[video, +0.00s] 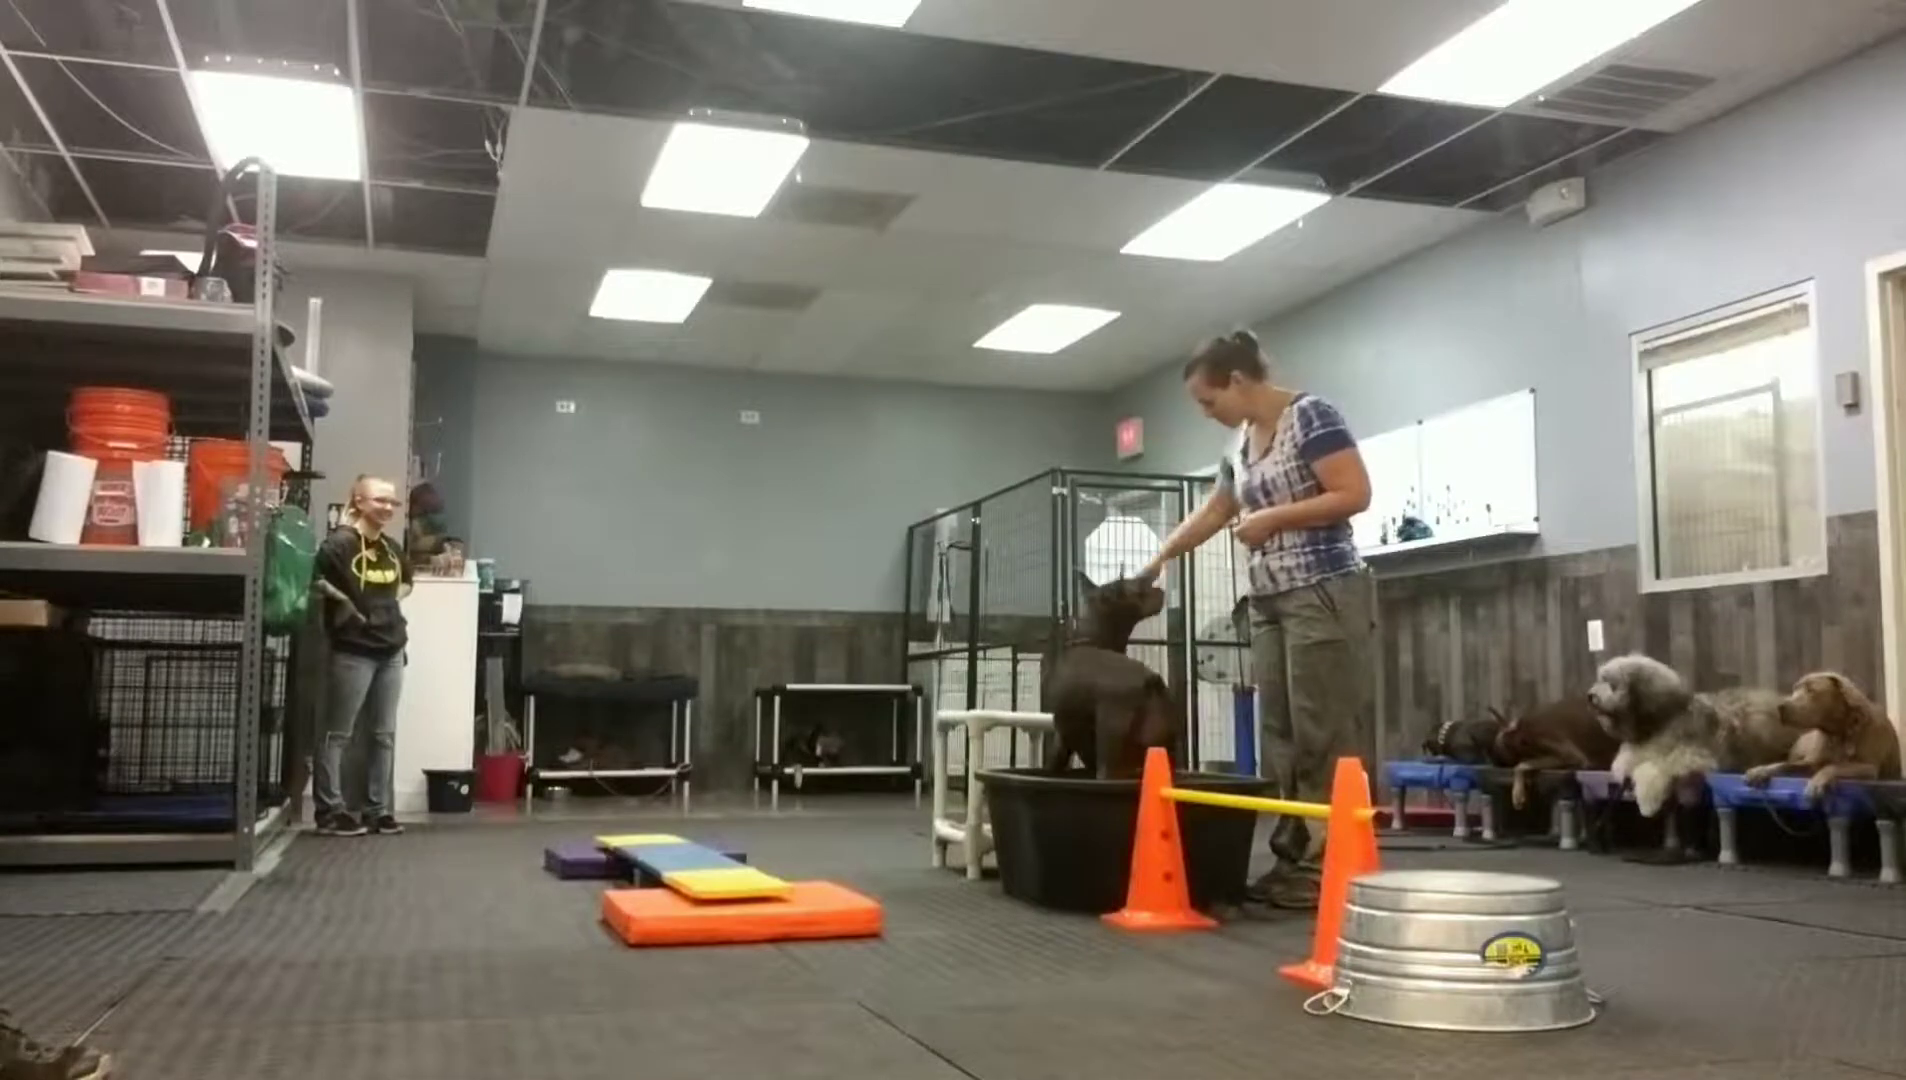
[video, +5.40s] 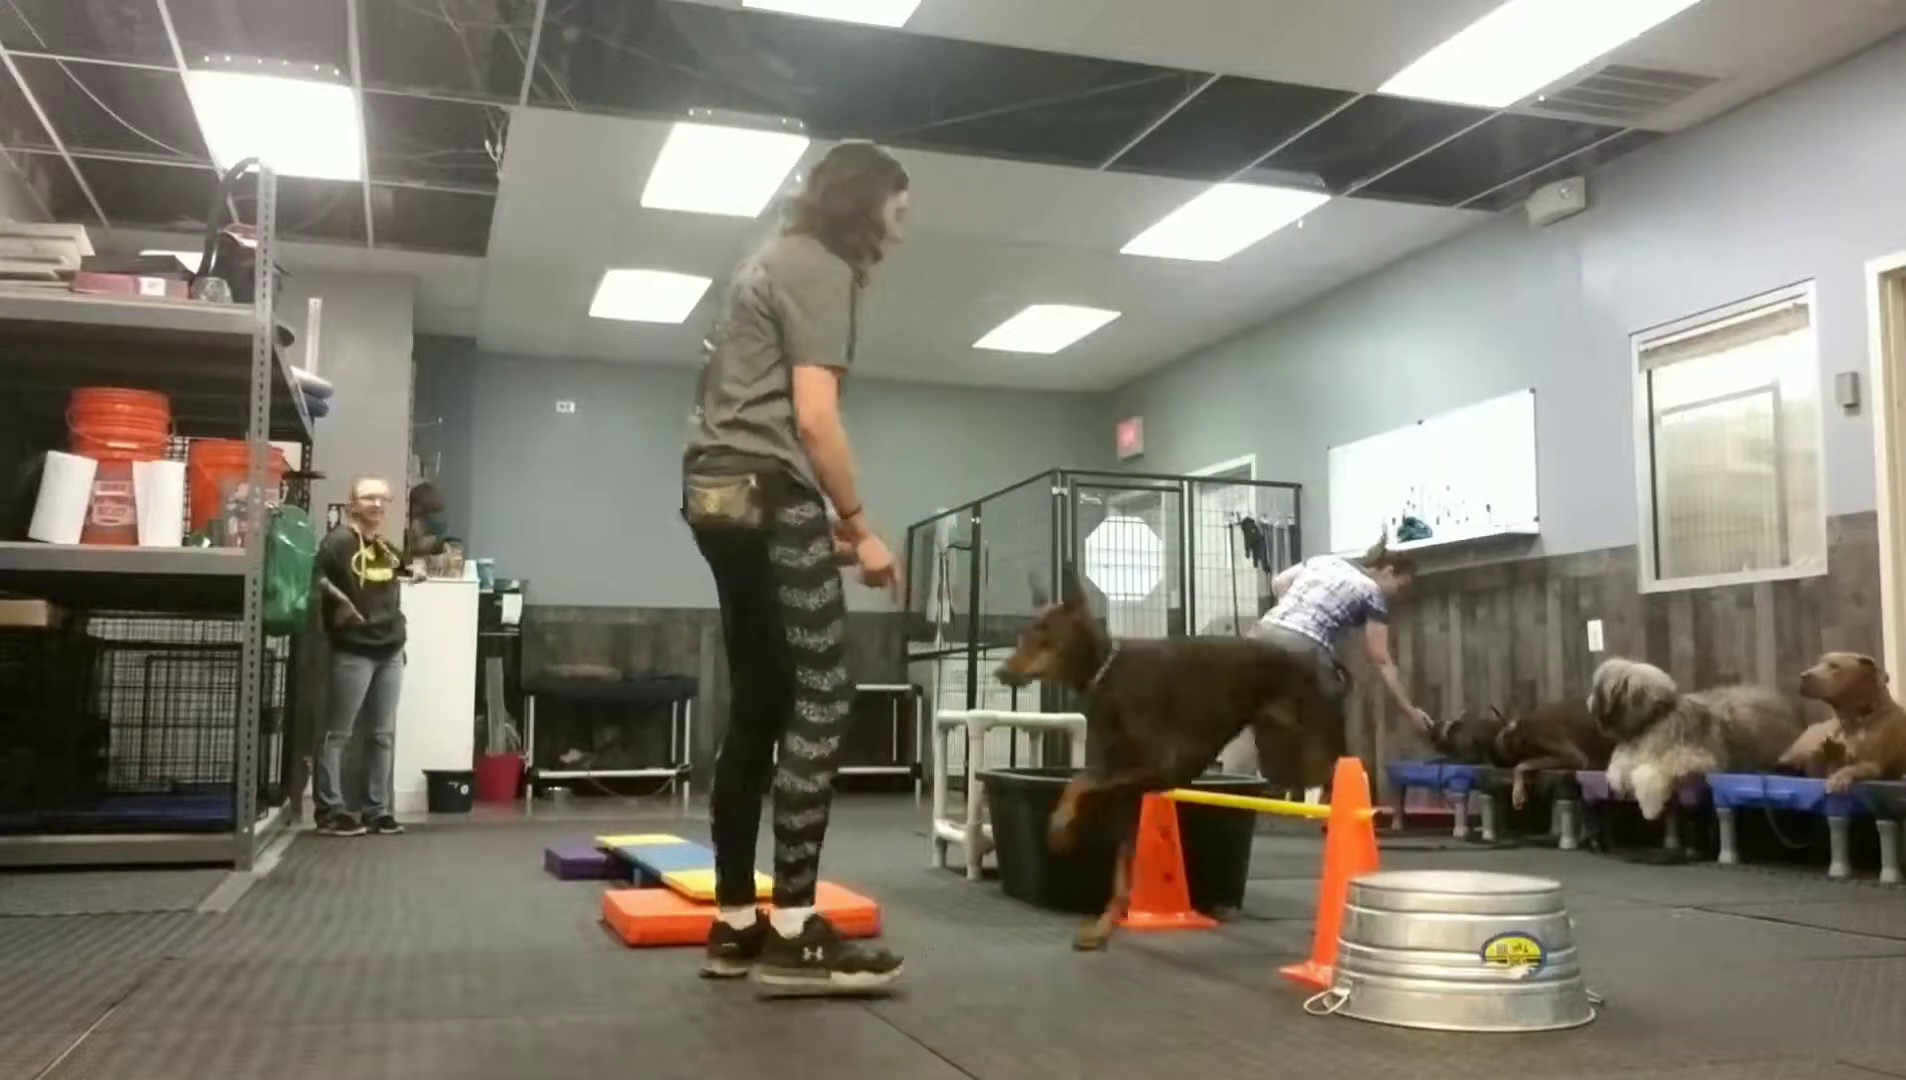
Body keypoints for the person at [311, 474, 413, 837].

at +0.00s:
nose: (388, 508)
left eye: (392, 502)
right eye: (380, 500)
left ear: (394, 507)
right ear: (358, 502)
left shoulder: (389, 546)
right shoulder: (339, 544)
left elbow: (406, 582)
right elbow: (322, 587)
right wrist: (352, 614)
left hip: (391, 650)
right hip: (353, 650)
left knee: (383, 735)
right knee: (338, 734)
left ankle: (377, 811)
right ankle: (330, 811)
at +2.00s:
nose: (389, 508)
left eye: (392, 502)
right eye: (381, 501)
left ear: (395, 506)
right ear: (359, 503)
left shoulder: (391, 546)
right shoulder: (339, 546)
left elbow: (403, 585)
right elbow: (316, 586)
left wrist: (395, 623)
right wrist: (346, 608)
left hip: (392, 650)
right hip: (355, 650)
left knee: (383, 734)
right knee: (339, 734)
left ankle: (378, 811)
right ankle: (330, 811)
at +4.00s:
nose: (392, 507)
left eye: (395, 502)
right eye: (385, 501)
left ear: (396, 506)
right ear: (365, 504)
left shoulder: (390, 546)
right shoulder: (356, 547)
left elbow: (394, 595)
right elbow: (357, 602)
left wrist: (395, 637)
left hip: (389, 647)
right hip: (364, 651)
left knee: (386, 731)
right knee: (368, 731)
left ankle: (384, 811)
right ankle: (369, 814)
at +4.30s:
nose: (385, 503)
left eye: (388, 497)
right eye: (376, 496)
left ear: (393, 503)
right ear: (356, 503)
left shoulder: (392, 548)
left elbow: (403, 595)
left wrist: (390, 622)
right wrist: (373, 627)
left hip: (389, 652)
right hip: (352, 651)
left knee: (382, 735)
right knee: (338, 733)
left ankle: (376, 808)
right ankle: (330, 809)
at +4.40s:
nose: (382, 505)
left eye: (385, 500)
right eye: (374, 499)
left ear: (388, 505)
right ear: (356, 503)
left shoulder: (386, 549)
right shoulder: (340, 541)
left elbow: (413, 582)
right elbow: (322, 580)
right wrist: (345, 604)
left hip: (389, 649)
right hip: (354, 648)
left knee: (382, 734)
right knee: (339, 733)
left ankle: (377, 809)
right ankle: (330, 810)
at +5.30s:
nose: (378, 512)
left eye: (384, 506)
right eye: (371, 505)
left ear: (389, 509)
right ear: (352, 507)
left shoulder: (388, 550)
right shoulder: (337, 543)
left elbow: (425, 563)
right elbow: (317, 579)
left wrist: (407, 538)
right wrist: (340, 600)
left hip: (390, 649)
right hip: (354, 648)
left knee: (383, 734)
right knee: (340, 734)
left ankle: (377, 810)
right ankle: (330, 810)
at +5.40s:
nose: (377, 505)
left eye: (382, 500)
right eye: (369, 499)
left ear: (389, 506)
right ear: (353, 504)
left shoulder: (387, 550)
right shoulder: (337, 545)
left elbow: (391, 597)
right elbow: (320, 591)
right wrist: (348, 618)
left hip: (390, 649)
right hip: (353, 649)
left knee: (382, 735)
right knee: (338, 734)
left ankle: (377, 811)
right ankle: (329, 810)